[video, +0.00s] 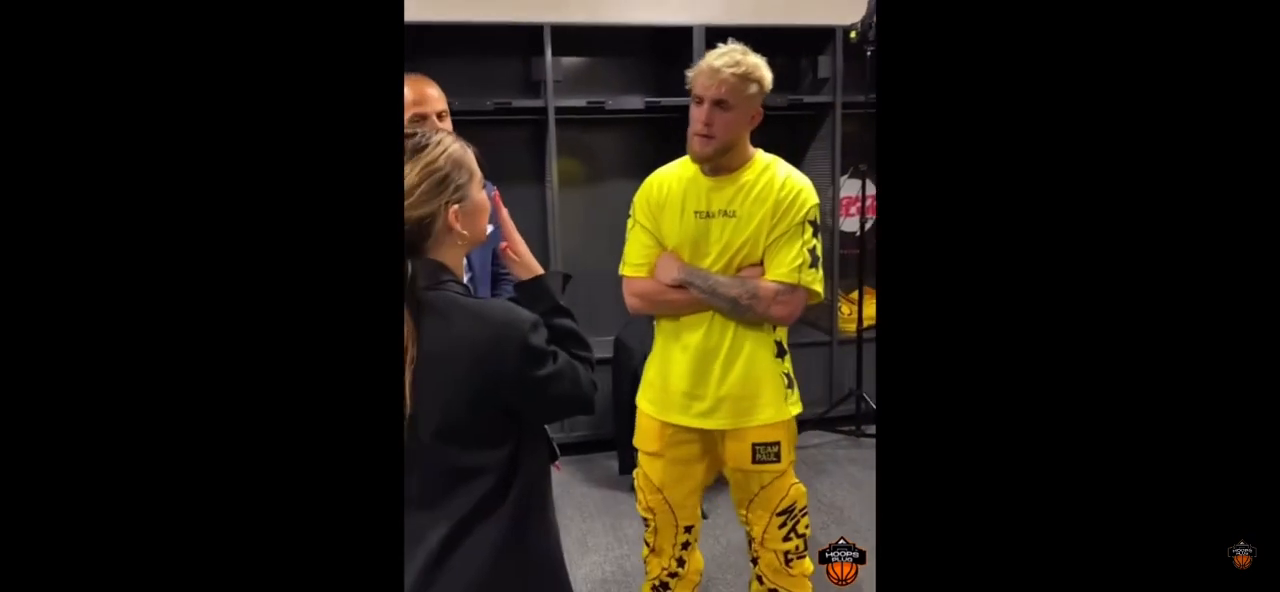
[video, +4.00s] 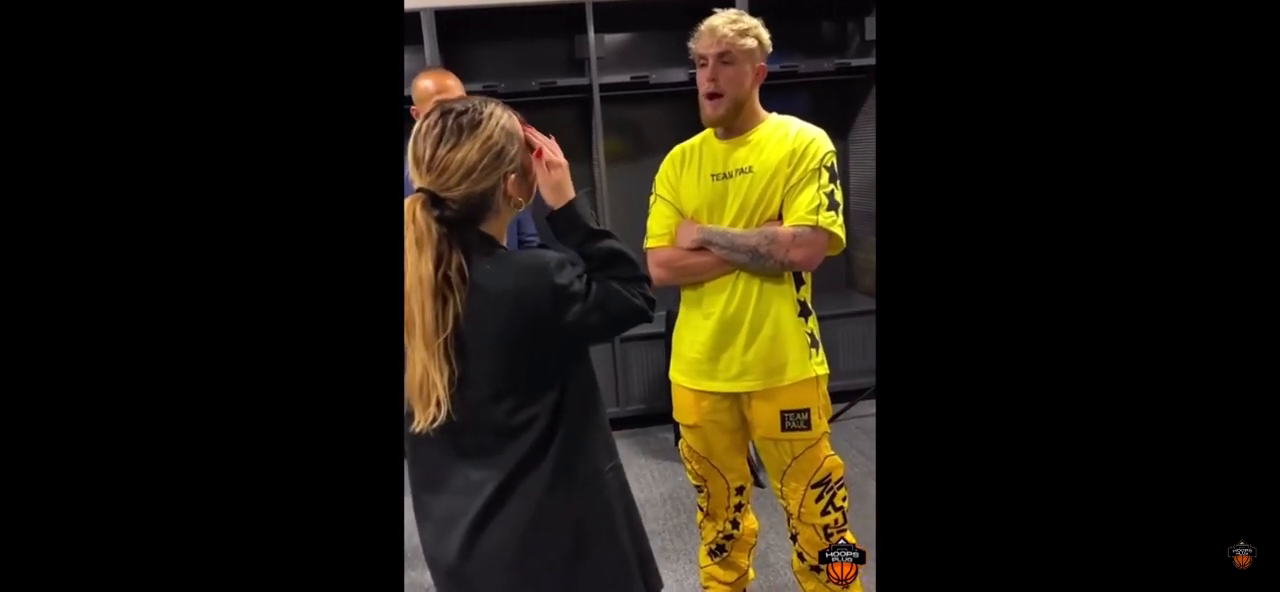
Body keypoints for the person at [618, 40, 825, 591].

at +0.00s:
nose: (701, 118)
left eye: (720, 106)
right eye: (696, 102)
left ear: (755, 117)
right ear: (687, 105)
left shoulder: (789, 191)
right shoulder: (657, 188)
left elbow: (785, 305)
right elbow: (637, 297)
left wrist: (683, 273)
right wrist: (741, 287)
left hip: (757, 401)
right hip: (668, 399)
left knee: (780, 556)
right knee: (665, 558)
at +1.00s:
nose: (725, 98)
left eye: (743, 84)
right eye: (718, 82)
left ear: (774, 92)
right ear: (708, 86)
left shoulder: (812, 163)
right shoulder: (684, 176)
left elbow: (811, 271)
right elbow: (667, 280)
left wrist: (706, 249)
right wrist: (768, 261)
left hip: (789, 379)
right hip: (704, 381)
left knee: (816, 530)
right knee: (719, 534)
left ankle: (824, 584)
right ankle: (722, 586)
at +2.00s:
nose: (729, 92)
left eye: (746, 78)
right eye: (721, 77)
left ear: (776, 88)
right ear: (711, 83)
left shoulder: (815, 159)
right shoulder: (685, 171)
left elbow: (820, 265)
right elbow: (669, 275)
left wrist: (710, 243)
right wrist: (773, 257)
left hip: (794, 374)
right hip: (707, 377)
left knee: (829, 524)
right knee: (729, 529)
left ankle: (843, 585)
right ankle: (733, 586)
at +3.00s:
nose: (716, 83)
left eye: (733, 69)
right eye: (709, 70)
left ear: (767, 77)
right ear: (702, 77)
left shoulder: (810, 149)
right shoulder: (682, 164)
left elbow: (813, 253)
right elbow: (665, 267)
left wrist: (704, 236)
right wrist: (765, 248)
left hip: (790, 368)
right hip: (703, 371)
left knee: (823, 519)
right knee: (724, 522)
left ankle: (838, 584)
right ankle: (728, 585)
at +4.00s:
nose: (707, 76)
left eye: (724, 62)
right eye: (700, 63)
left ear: (758, 71)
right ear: (694, 72)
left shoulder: (804, 144)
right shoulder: (678, 162)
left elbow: (807, 248)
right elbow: (660, 267)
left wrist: (700, 234)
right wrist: (759, 245)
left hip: (784, 365)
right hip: (698, 369)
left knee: (817, 517)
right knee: (717, 520)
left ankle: (833, 583)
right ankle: (723, 584)